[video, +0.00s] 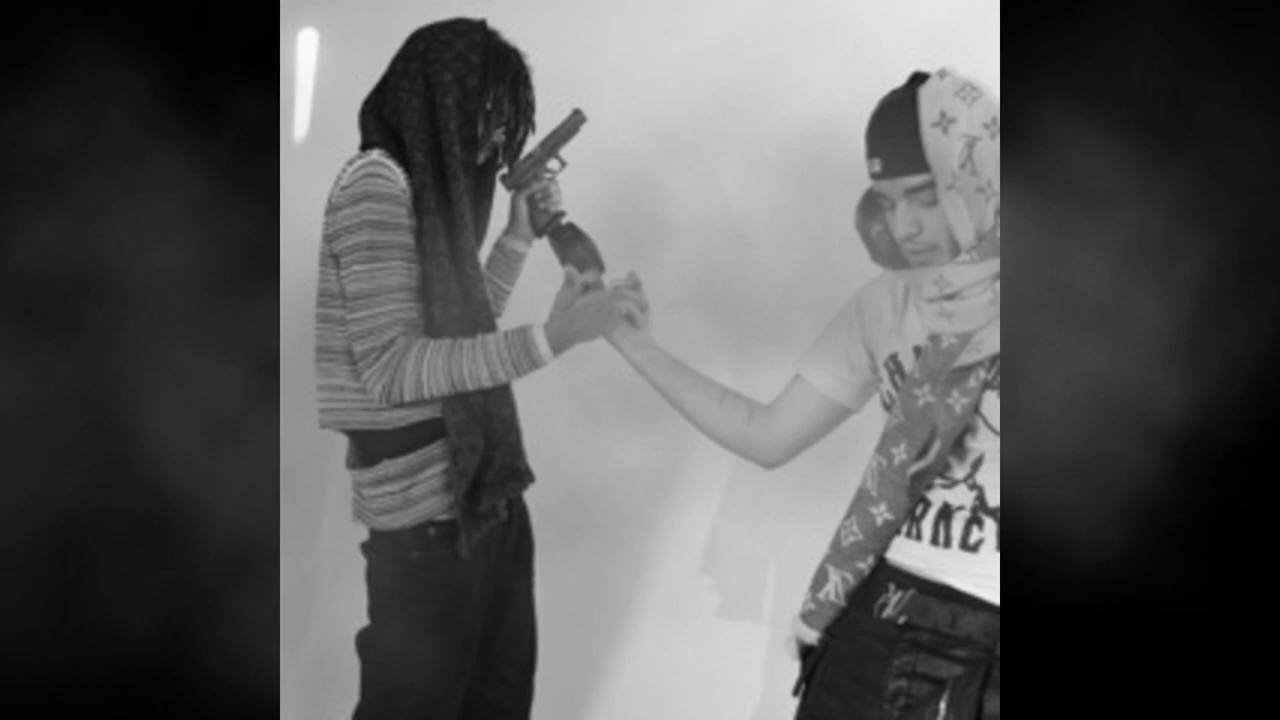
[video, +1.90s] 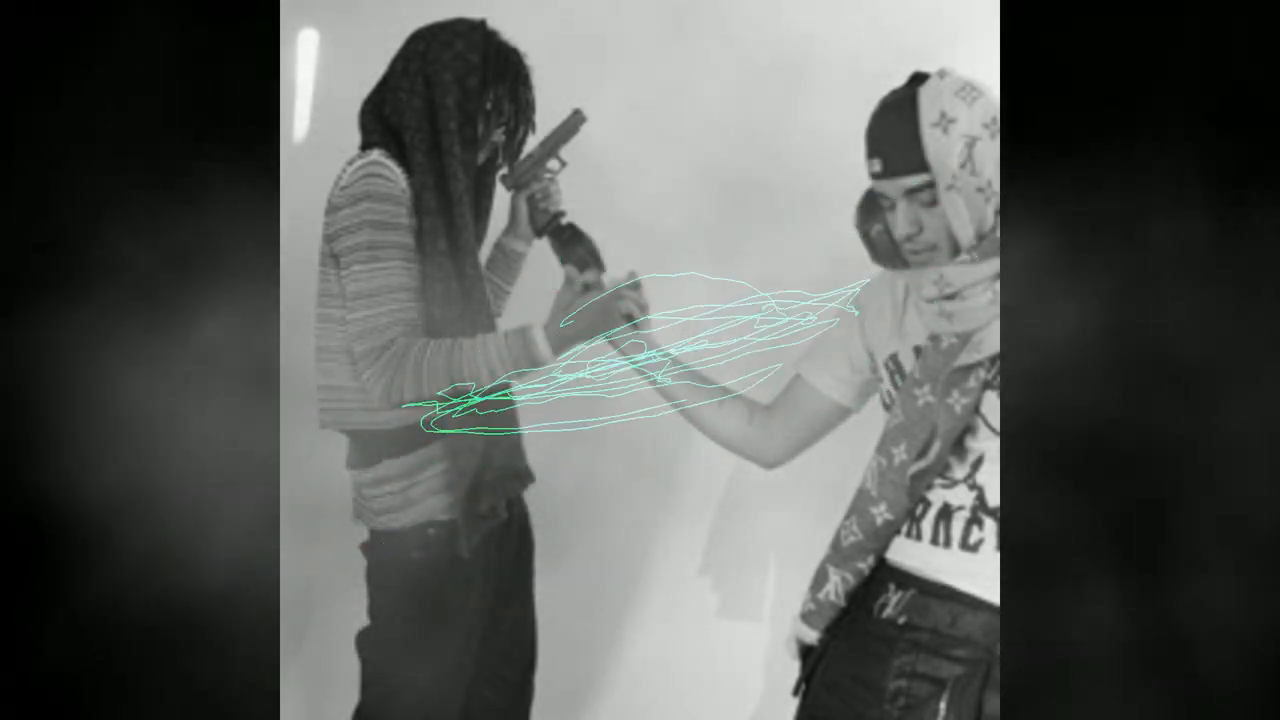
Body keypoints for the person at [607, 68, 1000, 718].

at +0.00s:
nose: (905, 229)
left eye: (926, 200)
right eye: (885, 206)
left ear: (980, 187)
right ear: (872, 206)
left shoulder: (1038, 289)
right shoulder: (888, 303)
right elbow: (767, 436)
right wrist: (634, 342)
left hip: (994, 637)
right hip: (884, 614)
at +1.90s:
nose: (905, 228)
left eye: (926, 198)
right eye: (886, 204)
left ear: (979, 185)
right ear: (874, 205)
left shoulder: (1036, 291)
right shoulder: (895, 304)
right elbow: (768, 436)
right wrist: (635, 343)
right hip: (895, 619)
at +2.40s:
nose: (900, 229)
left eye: (920, 201)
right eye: (884, 204)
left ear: (983, 186)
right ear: (874, 200)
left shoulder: (1046, 290)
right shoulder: (897, 295)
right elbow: (769, 435)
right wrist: (629, 334)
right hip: (895, 612)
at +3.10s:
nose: (910, 224)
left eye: (927, 198)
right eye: (892, 203)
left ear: (984, 181)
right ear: (878, 206)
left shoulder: (1036, 294)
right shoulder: (906, 300)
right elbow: (770, 436)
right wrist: (634, 338)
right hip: (888, 613)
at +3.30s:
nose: (911, 227)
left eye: (927, 198)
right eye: (893, 204)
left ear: (984, 188)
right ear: (879, 211)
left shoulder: (1046, 303)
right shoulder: (907, 307)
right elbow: (769, 435)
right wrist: (638, 344)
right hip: (893, 617)